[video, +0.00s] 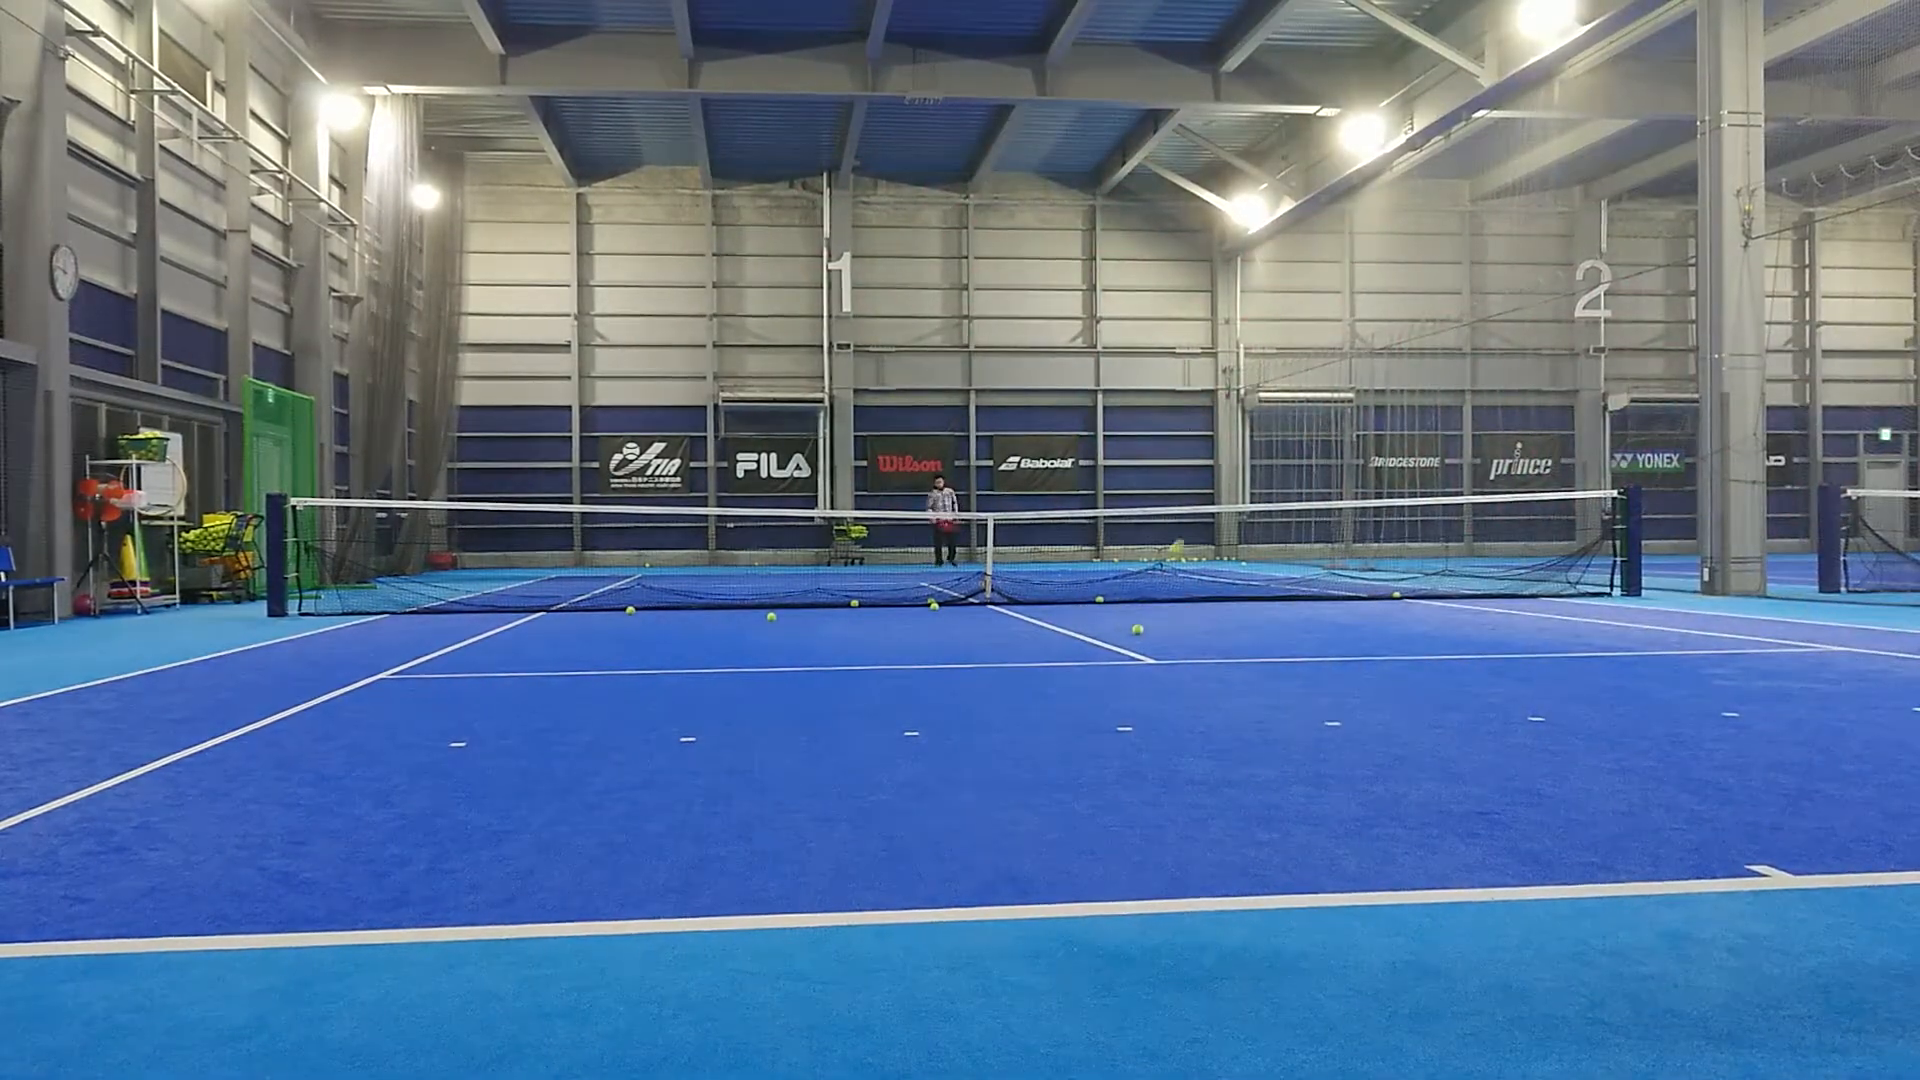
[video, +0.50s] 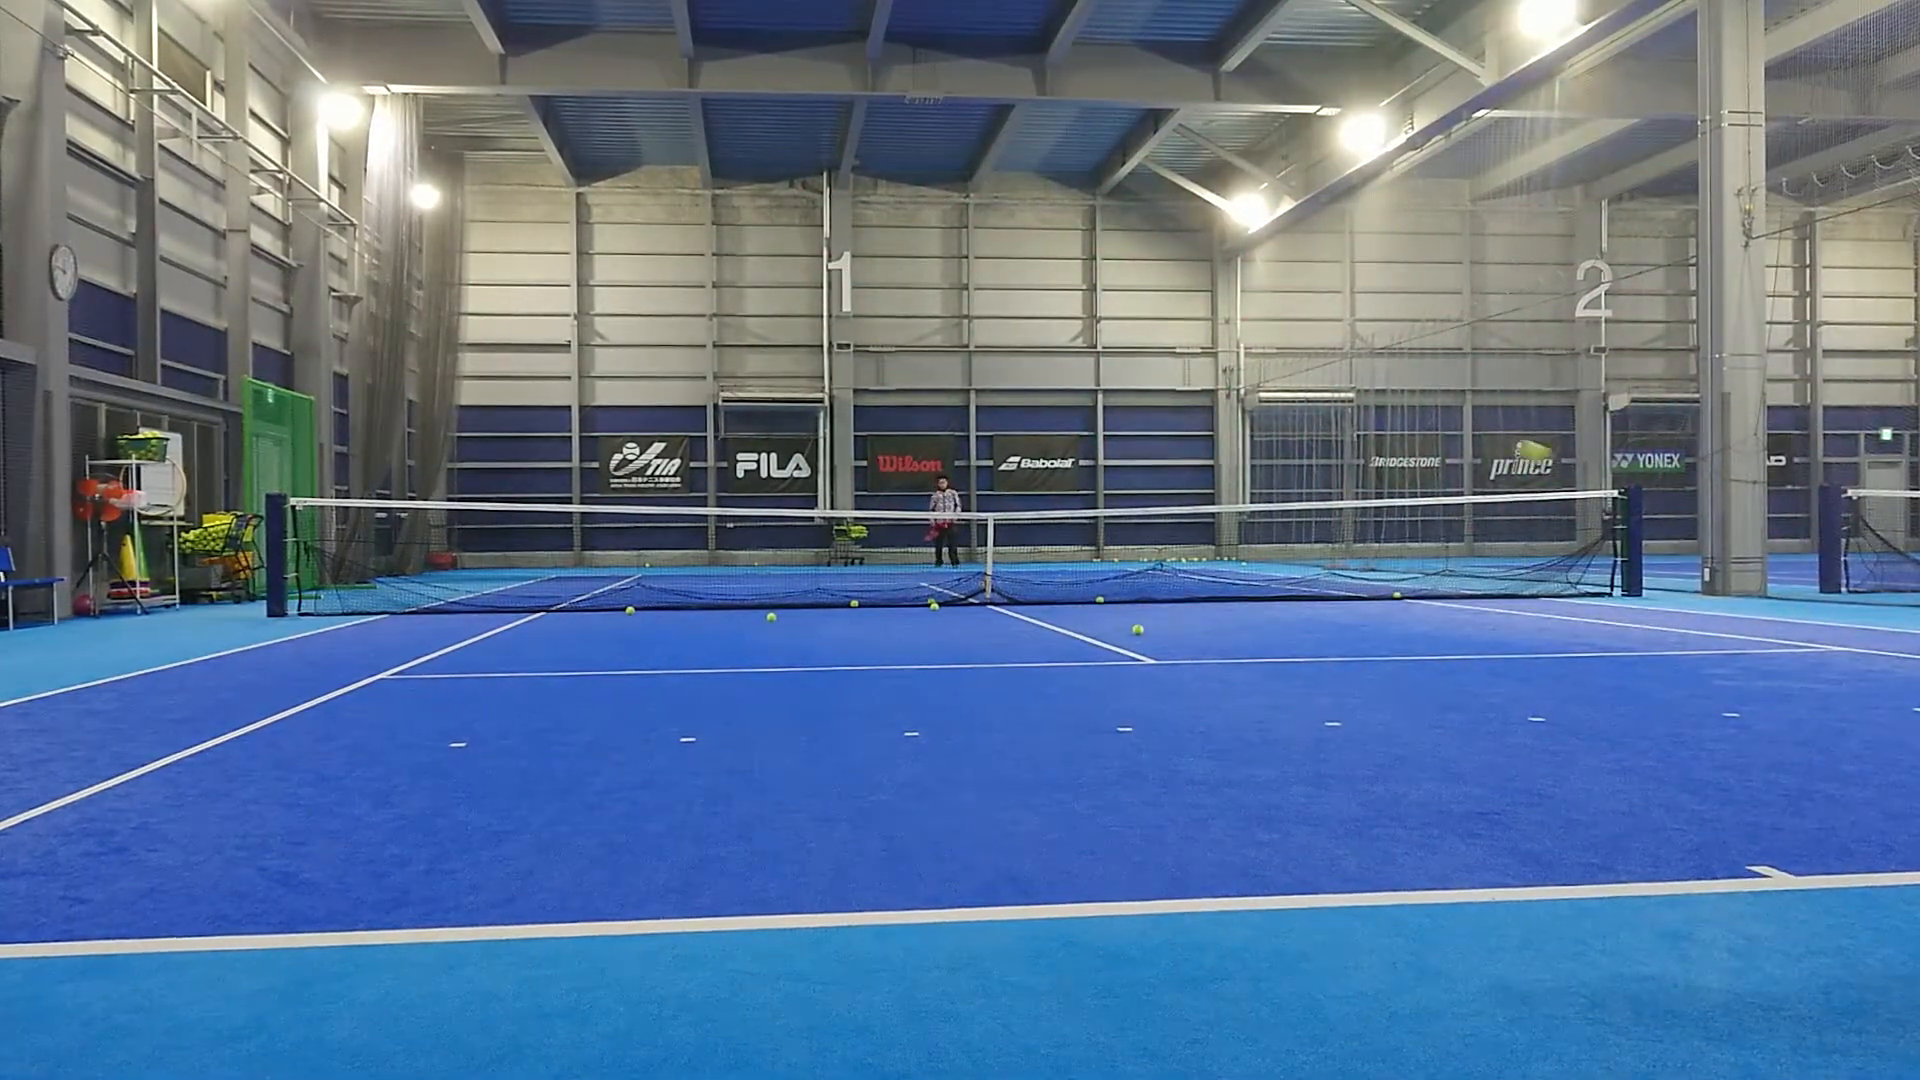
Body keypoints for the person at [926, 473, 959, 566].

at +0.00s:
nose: (939, 484)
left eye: (941, 482)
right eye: (937, 482)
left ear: (944, 482)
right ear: (934, 483)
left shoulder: (950, 492)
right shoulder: (932, 494)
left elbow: (955, 504)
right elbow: (929, 508)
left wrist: (956, 515)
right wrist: (932, 517)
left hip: (950, 519)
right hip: (938, 520)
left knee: (952, 541)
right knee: (938, 542)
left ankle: (951, 558)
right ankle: (939, 560)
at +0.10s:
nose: (938, 483)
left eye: (940, 481)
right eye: (936, 482)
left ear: (943, 482)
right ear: (934, 483)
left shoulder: (949, 492)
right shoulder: (931, 494)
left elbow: (954, 504)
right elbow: (927, 508)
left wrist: (955, 515)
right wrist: (929, 519)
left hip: (949, 520)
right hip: (937, 521)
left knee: (953, 542)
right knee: (938, 543)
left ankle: (956, 559)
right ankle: (939, 560)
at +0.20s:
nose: (938, 483)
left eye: (940, 481)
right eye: (936, 482)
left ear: (943, 482)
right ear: (933, 483)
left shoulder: (949, 492)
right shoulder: (931, 495)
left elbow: (954, 504)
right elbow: (927, 508)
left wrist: (953, 515)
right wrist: (929, 518)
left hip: (948, 520)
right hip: (936, 522)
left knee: (953, 543)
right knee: (937, 545)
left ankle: (960, 562)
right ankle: (939, 562)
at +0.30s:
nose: (939, 484)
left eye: (940, 482)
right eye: (937, 482)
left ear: (943, 482)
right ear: (934, 484)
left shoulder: (950, 492)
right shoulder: (932, 495)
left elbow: (955, 505)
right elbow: (928, 509)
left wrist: (953, 515)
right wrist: (929, 519)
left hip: (949, 521)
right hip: (937, 522)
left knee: (953, 543)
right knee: (937, 545)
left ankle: (960, 562)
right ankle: (939, 562)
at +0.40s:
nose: (940, 484)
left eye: (942, 482)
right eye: (938, 483)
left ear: (945, 483)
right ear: (935, 484)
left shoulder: (951, 493)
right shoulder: (933, 495)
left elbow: (957, 505)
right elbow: (930, 509)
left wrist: (954, 516)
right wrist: (930, 520)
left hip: (949, 522)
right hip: (938, 522)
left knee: (952, 543)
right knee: (938, 544)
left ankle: (956, 561)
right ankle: (939, 561)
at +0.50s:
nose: (942, 484)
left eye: (944, 482)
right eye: (940, 482)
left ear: (947, 483)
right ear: (937, 484)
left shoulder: (953, 493)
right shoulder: (935, 495)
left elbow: (958, 506)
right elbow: (931, 509)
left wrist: (956, 516)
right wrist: (932, 520)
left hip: (951, 522)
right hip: (939, 523)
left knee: (952, 544)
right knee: (938, 544)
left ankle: (955, 562)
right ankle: (938, 561)